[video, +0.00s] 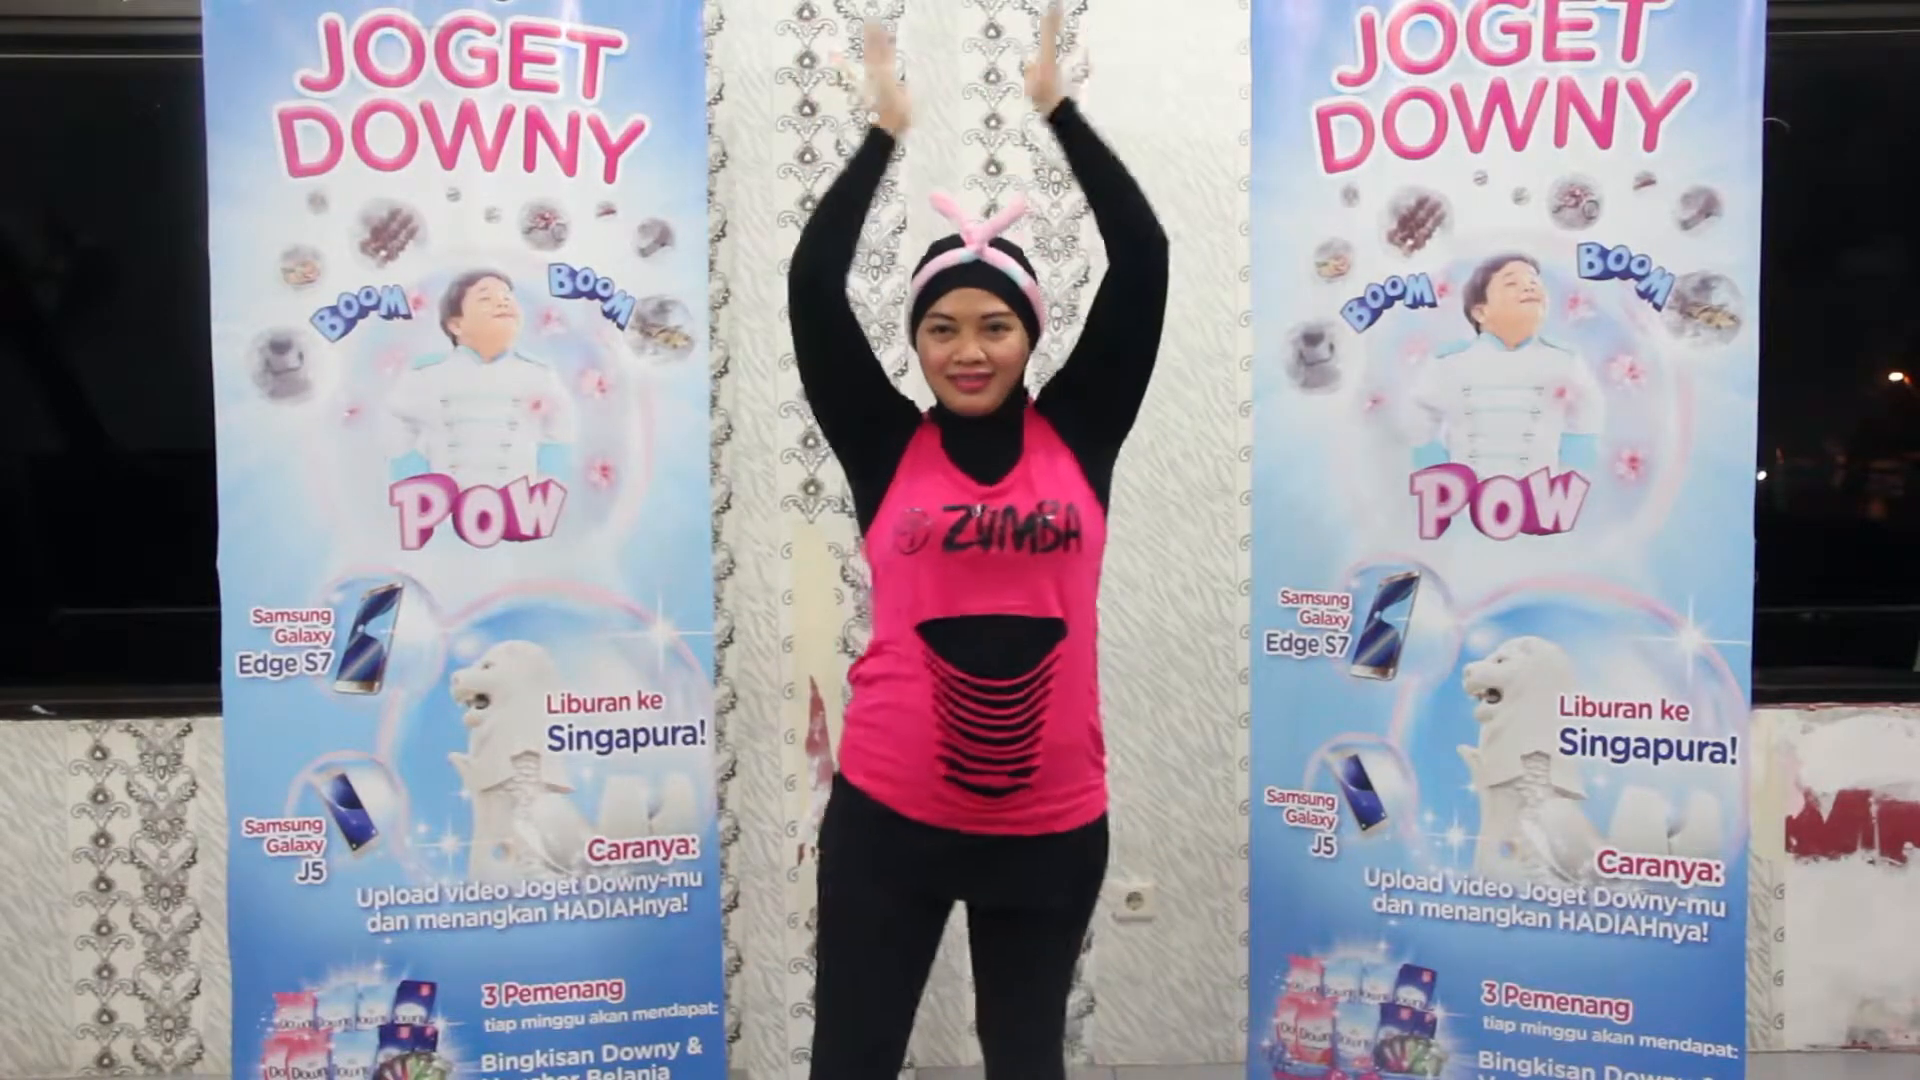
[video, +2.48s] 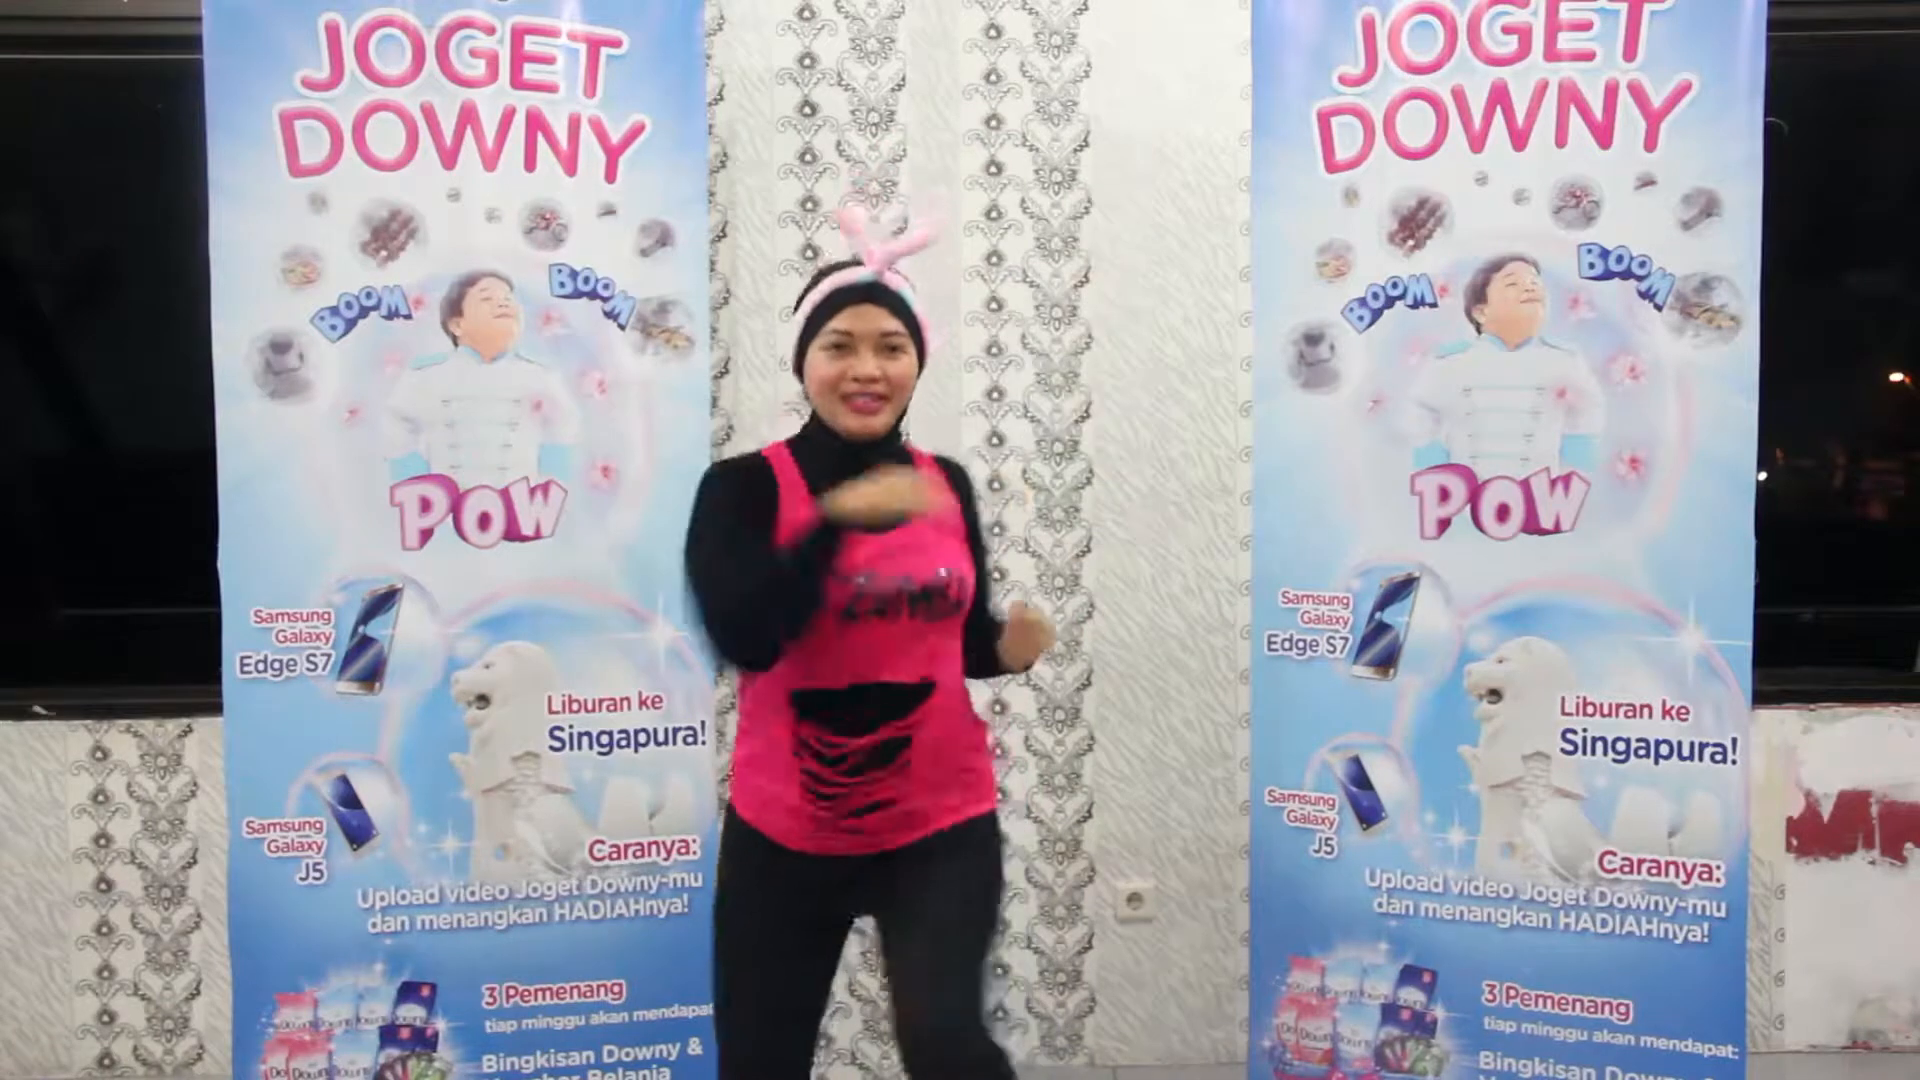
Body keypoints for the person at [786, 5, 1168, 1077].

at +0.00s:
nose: (969, 349)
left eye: (994, 327)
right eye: (945, 329)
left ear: (1031, 339)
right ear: (917, 345)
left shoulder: (1077, 438)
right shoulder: (886, 449)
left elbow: (1142, 253)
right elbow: (813, 292)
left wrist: (1058, 106)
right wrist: (882, 134)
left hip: (1046, 832)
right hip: (891, 825)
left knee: (1027, 1062)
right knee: (852, 1060)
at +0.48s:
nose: (965, 347)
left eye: (990, 325)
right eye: (941, 326)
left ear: (1026, 340)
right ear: (913, 343)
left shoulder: (1071, 439)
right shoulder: (880, 449)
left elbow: (1136, 259)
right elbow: (808, 290)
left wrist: (1070, 97)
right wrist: (871, 129)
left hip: (1040, 833)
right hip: (884, 825)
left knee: (1023, 1065)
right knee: (845, 1064)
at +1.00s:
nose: (959, 354)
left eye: (985, 331)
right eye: (937, 332)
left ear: (1022, 346)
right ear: (909, 348)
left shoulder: (1063, 450)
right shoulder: (874, 451)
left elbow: (1126, 282)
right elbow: (809, 301)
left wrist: (1036, 144)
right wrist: (874, 146)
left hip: (1040, 833)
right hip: (883, 824)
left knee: (1023, 1062)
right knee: (830, 1061)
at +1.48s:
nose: (918, 310)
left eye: (940, 295)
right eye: (895, 299)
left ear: (979, 324)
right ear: (869, 333)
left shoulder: (1028, 441)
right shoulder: (826, 452)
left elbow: (1092, 518)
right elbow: (806, 573)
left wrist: (988, 405)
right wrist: (899, 512)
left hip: (1009, 794)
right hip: (860, 803)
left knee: (1024, 1034)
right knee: (878, 1057)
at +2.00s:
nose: (879, 345)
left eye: (903, 327)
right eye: (858, 327)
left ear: (938, 350)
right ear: (826, 350)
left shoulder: (976, 446)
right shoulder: (779, 450)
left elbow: (1056, 279)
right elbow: (681, 305)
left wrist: (1147, 124)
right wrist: (614, 137)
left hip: (977, 835)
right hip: (815, 840)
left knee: (1041, 1063)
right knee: (761, 1063)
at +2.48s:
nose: (866, 369)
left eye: (890, 348)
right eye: (839, 347)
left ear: (917, 369)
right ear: (801, 367)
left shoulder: (946, 485)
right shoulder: (742, 488)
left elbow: (951, 639)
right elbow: (745, 639)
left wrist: (1001, 646)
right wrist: (826, 524)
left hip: (938, 822)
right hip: (785, 825)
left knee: (945, 1044)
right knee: (760, 1060)